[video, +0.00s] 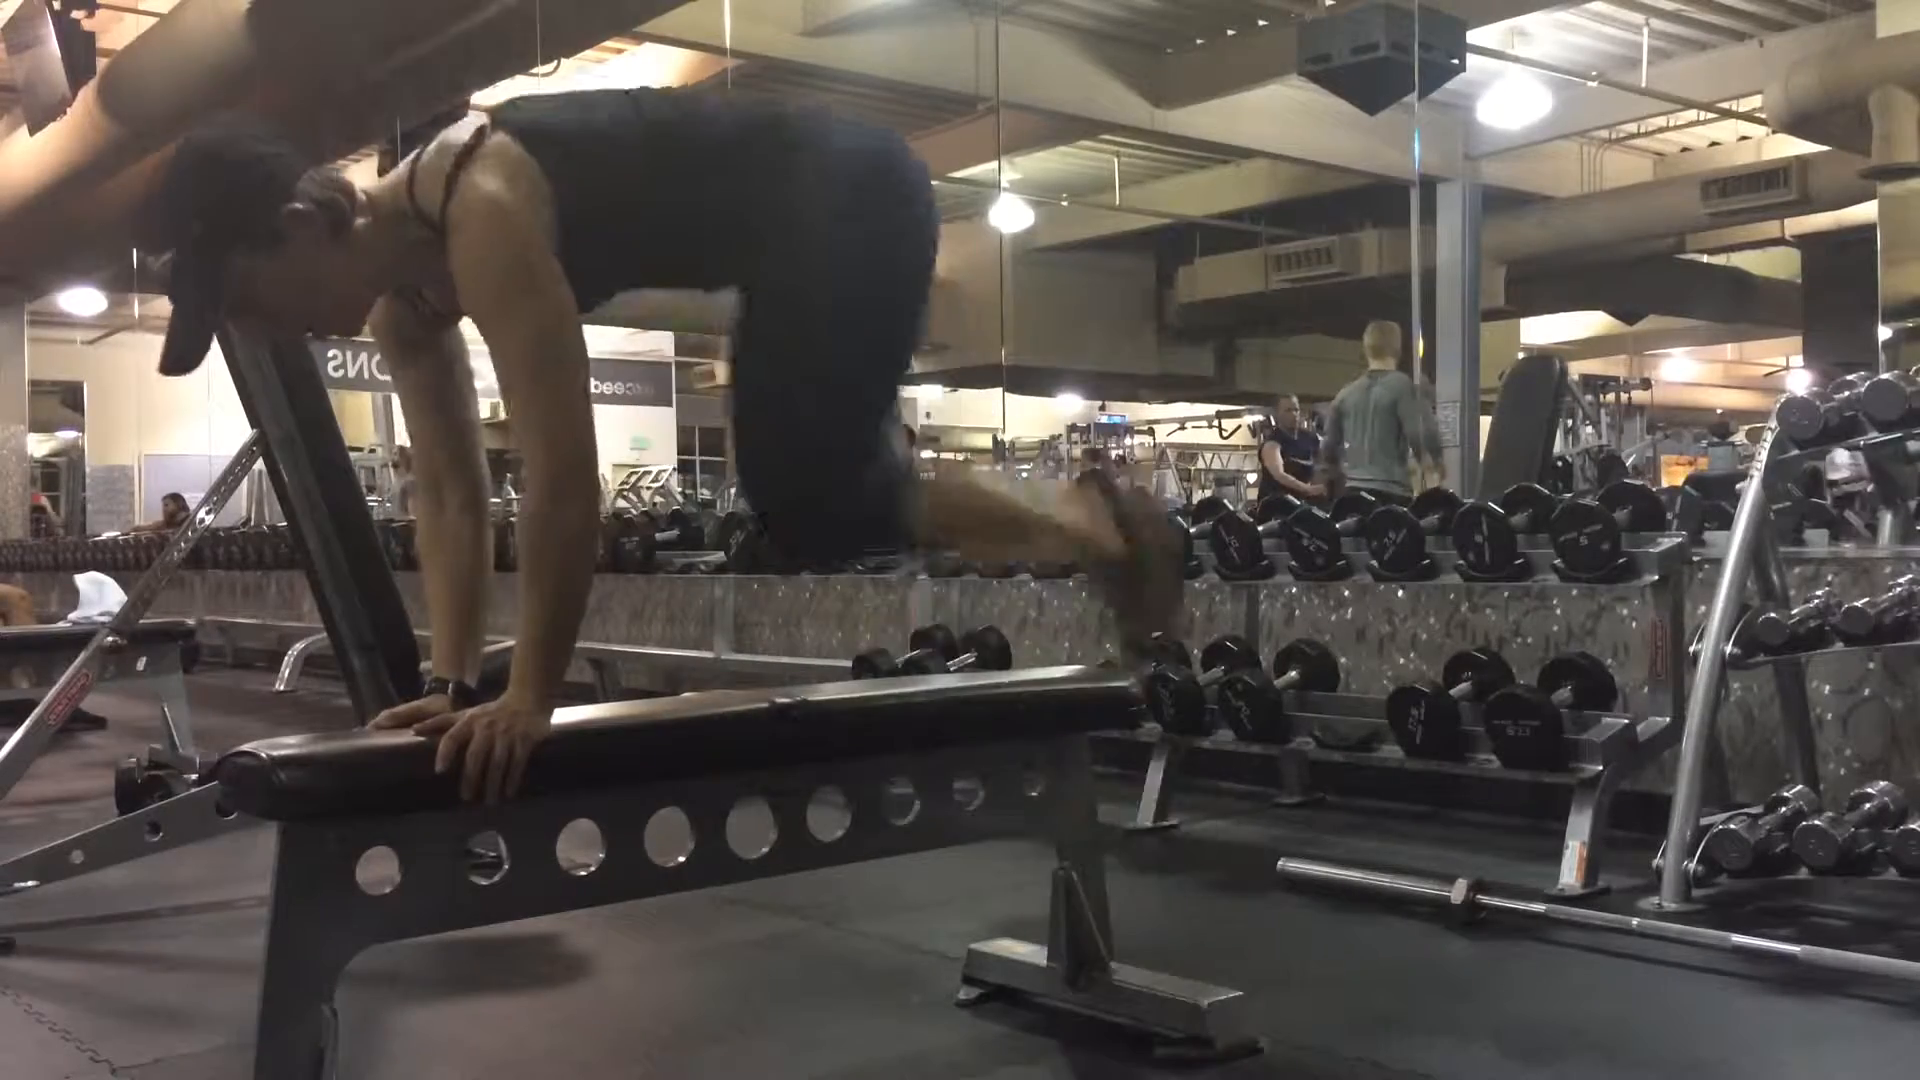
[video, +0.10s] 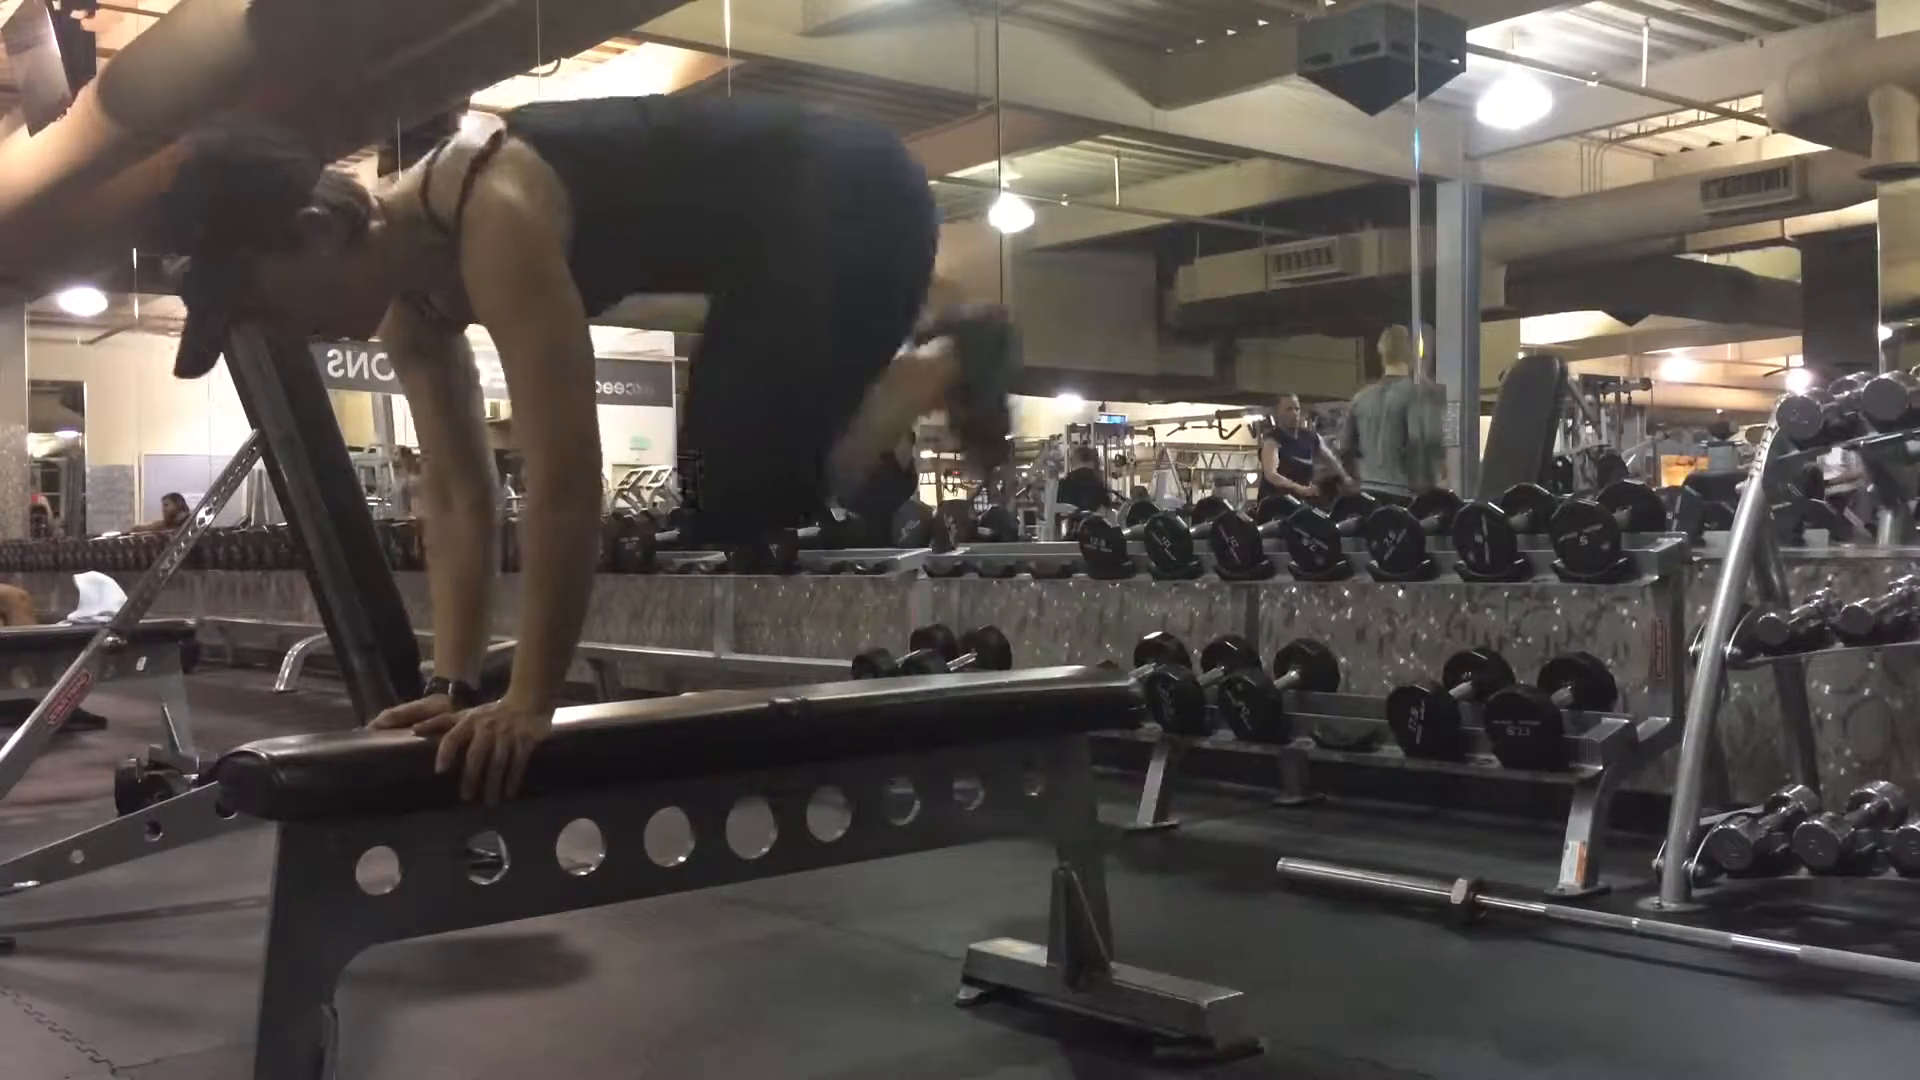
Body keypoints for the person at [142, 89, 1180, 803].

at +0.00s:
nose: (281, 331)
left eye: (261, 304)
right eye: (255, 321)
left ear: (296, 225)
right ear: (294, 229)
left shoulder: (488, 213)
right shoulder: (397, 289)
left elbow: (566, 484)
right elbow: (445, 482)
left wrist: (529, 695)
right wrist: (449, 675)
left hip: (849, 192)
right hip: (785, 230)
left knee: (822, 503)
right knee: (805, 509)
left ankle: (1107, 537)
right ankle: (1097, 531)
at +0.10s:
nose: (294, 340)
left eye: (274, 313)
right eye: (268, 329)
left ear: (316, 231)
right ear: (303, 241)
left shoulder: (500, 216)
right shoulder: (409, 288)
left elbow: (566, 481)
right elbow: (451, 489)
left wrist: (526, 704)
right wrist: (451, 681)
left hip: (847, 198)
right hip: (772, 233)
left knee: (754, 500)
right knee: (728, 500)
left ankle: (943, 365)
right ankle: (930, 371)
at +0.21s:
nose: (288, 327)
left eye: (270, 299)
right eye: (265, 316)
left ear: (319, 217)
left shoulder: (503, 222)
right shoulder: (412, 296)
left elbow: (564, 481)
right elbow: (454, 485)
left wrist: (528, 700)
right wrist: (451, 681)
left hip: (840, 234)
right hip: (749, 262)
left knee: (701, 500)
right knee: (675, 500)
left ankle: (879, 533)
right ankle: (871, 516)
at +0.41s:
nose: (330, 296)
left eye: (324, 265)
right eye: (312, 279)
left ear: (374, 199)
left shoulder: (568, 237)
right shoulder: (428, 312)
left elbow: (633, 495)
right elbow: (463, 495)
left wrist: (534, 698)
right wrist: (454, 680)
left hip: (783, 472)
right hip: (681, 494)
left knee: (705, 702)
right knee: (656, 709)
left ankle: (819, 924)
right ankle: (753, 930)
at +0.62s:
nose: (318, 294)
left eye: (314, 259)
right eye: (298, 277)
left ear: (370, 193)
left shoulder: (548, 224)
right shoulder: (403, 298)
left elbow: (618, 483)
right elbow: (430, 485)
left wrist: (534, 696)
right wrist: (451, 683)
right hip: (686, 423)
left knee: (767, 670)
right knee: (727, 670)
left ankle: (811, 883)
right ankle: (732, 887)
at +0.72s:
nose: (303, 313)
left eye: (285, 283)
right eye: (278, 302)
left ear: (328, 199)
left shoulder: (520, 205)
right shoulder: (408, 284)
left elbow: (575, 472)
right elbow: (438, 487)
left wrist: (531, 695)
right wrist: (450, 684)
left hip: (807, 244)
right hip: (701, 282)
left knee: (762, 542)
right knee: (711, 551)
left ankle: (900, 588)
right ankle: (880, 579)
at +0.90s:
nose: (318, 321)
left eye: (299, 296)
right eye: (293, 312)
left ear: (341, 210)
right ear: (330, 219)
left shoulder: (517, 208)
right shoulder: (422, 268)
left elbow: (578, 475)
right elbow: (453, 479)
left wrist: (529, 699)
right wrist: (449, 677)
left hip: (846, 230)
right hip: (749, 275)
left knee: (791, 508)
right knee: (710, 523)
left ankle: (999, 419)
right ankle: (952, 426)